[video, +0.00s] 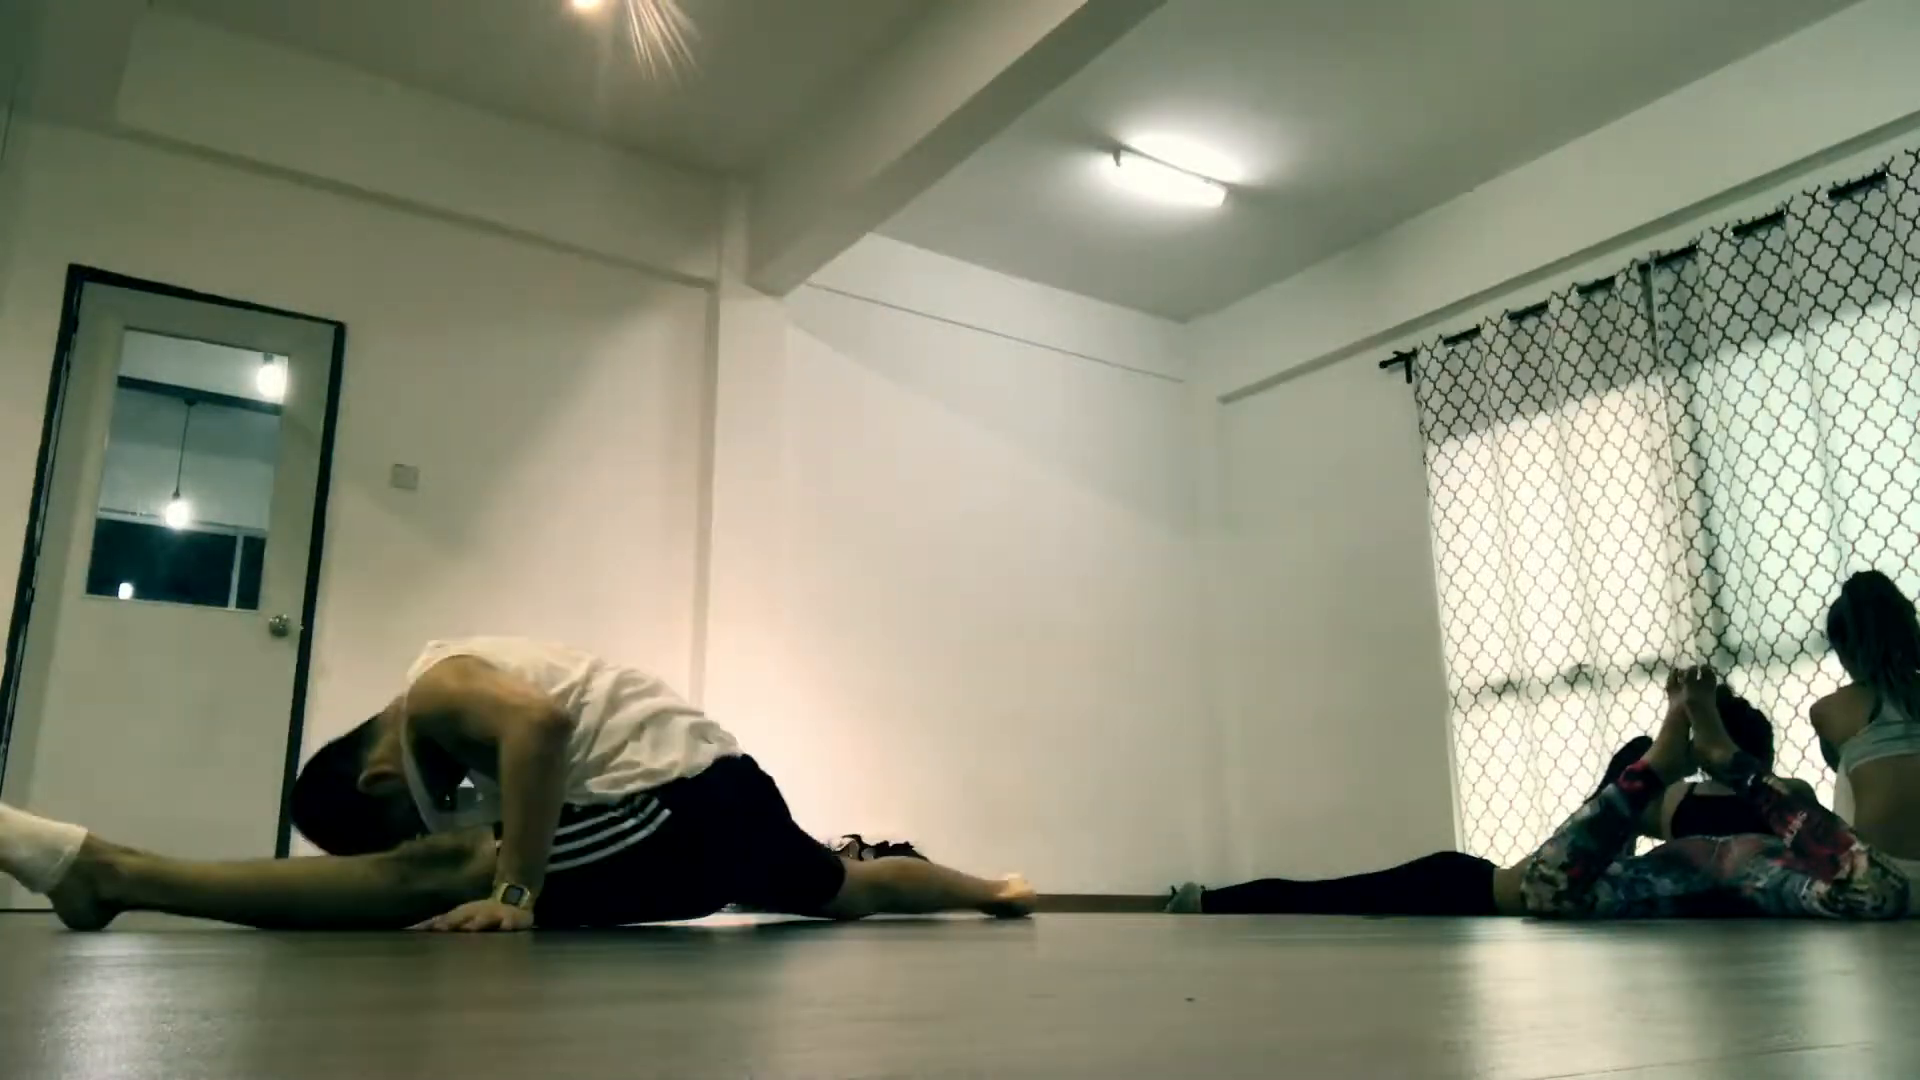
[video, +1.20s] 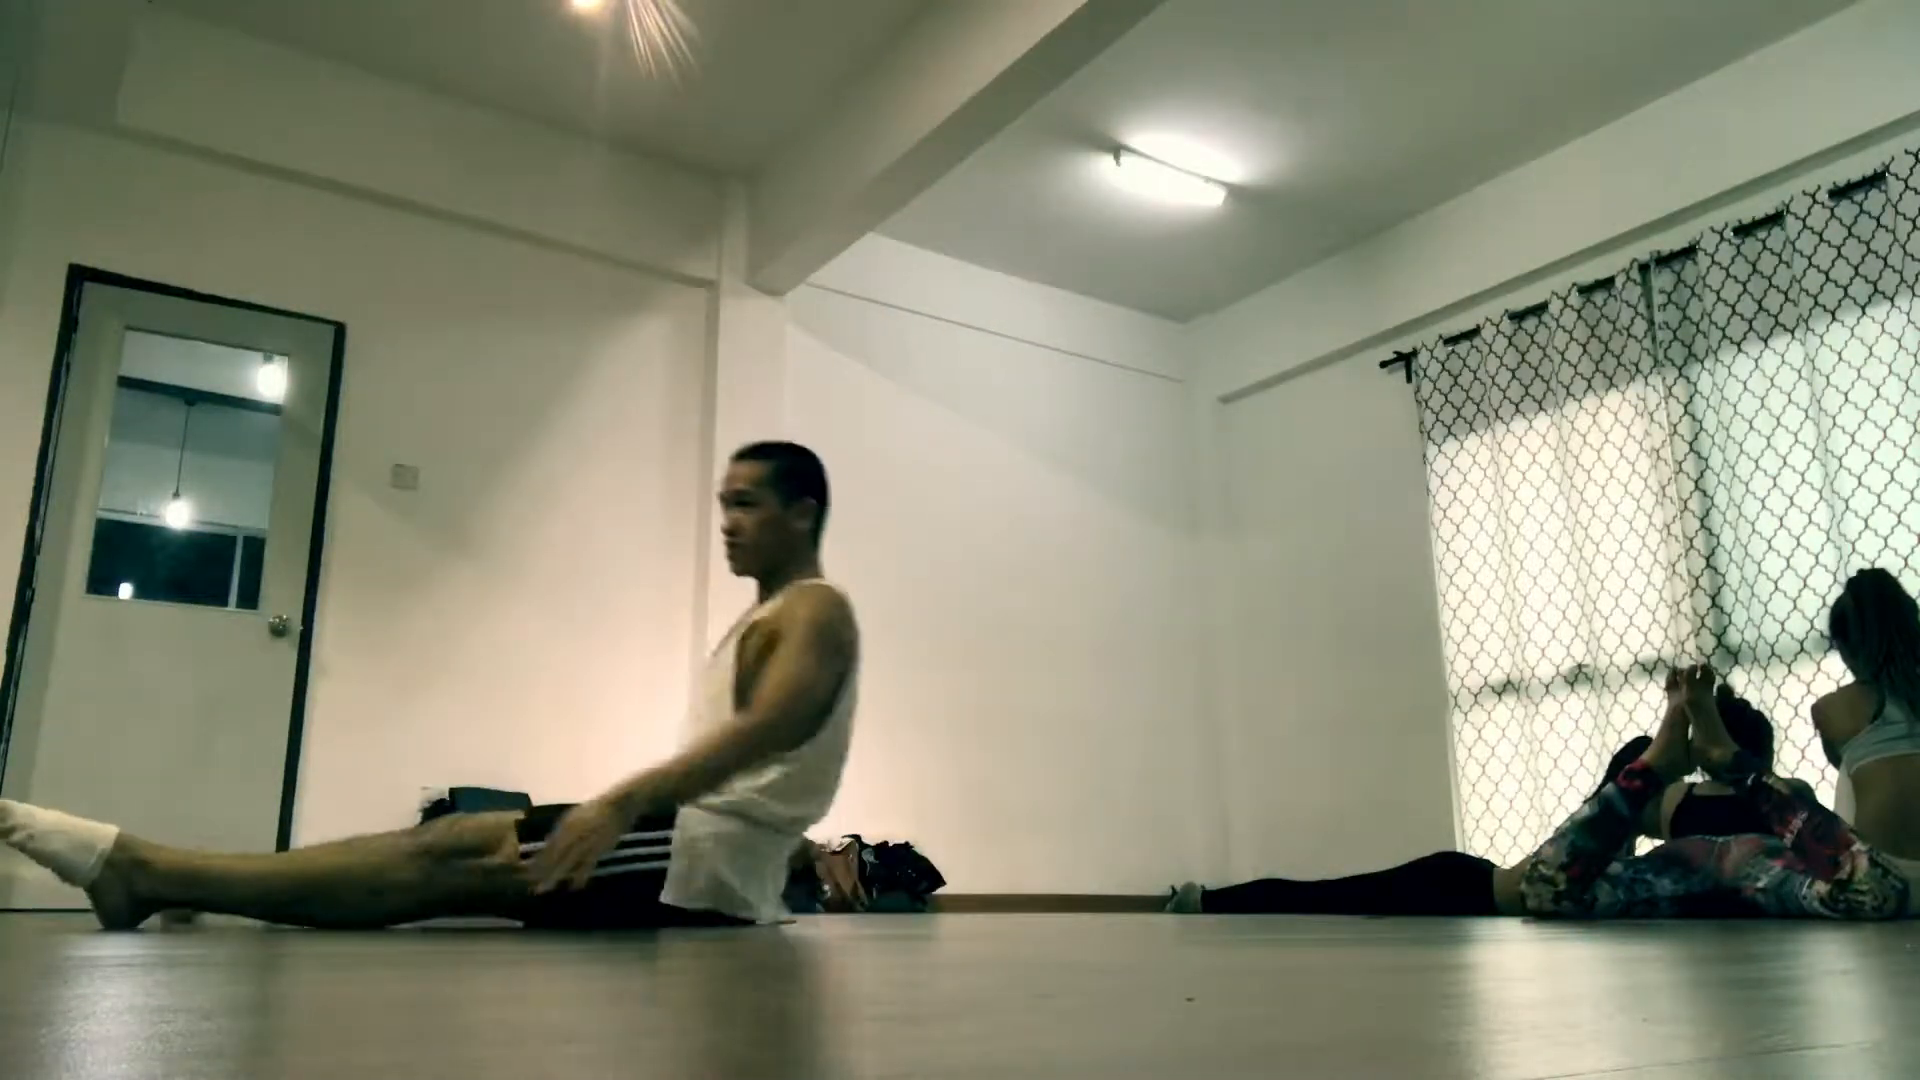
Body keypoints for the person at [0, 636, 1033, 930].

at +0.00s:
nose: (406, 825)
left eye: (389, 820)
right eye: (395, 828)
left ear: (361, 776)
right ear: (390, 786)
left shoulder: (424, 696)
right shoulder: (472, 759)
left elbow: (537, 722)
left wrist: (510, 888)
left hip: (670, 806)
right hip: (748, 809)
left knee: (411, 880)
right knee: (842, 882)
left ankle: (117, 876)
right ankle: (987, 892)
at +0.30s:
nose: (397, 752)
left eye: (378, 739)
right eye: (381, 749)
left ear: (376, 687)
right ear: (387, 680)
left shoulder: (474, 630)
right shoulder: (494, 674)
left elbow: (552, 721)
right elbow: (533, 801)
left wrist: (518, 886)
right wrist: (473, 898)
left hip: (664, 818)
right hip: (732, 810)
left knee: (411, 873)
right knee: (847, 880)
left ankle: (120, 877)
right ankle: (985, 891)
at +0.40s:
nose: (370, 661)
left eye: (359, 638)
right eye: (353, 652)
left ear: (387, 592)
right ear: (379, 623)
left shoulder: (494, 606)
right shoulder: (476, 665)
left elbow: (559, 729)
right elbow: (512, 792)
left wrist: (521, 893)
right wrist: (465, 873)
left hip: (666, 815)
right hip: (713, 809)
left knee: (408, 876)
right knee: (835, 884)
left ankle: (124, 877)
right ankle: (979, 891)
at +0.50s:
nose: (401, 561)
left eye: (414, 532)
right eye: (382, 549)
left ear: (471, 516)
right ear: (382, 565)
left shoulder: (520, 600)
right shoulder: (479, 646)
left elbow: (565, 739)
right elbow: (492, 778)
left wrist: (520, 886)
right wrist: (460, 870)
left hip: (675, 817)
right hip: (677, 820)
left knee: (413, 873)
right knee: (830, 886)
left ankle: (123, 877)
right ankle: (970, 889)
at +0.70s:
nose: (503, 487)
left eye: (528, 468)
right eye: (490, 472)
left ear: (582, 486)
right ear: (483, 494)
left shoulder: (602, 589)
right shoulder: (517, 612)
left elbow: (596, 748)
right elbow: (498, 750)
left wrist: (520, 890)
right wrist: (470, 852)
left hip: (653, 847)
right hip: (686, 834)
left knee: (409, 868)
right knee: (796, 876)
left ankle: (117, 876)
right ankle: (918, 886)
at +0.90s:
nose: (601, 478)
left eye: (623, 462)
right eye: (601, 463)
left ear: (683, 478)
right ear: (624, 481)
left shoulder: (680, 568)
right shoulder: (655, 580)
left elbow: (616, 718)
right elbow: (607, 732)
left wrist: (512, 875)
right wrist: (508, 832)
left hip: (707, 859)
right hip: (676, 846)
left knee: (438, 867)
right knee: (442, 854)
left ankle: (135, 881)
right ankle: (136, 883)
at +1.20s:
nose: (727, 525)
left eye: (745, 506)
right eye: (725, 507)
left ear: (803, 516)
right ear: (750, 520)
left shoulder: (814, 612)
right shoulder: (764, 627)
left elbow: (768, 732)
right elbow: (731, 762)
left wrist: (622, 805)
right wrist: (612, 822)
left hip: (719, 859)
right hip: (686, 844)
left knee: (455, 861)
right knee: (452, 839)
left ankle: (154, 876)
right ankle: (173, 886)